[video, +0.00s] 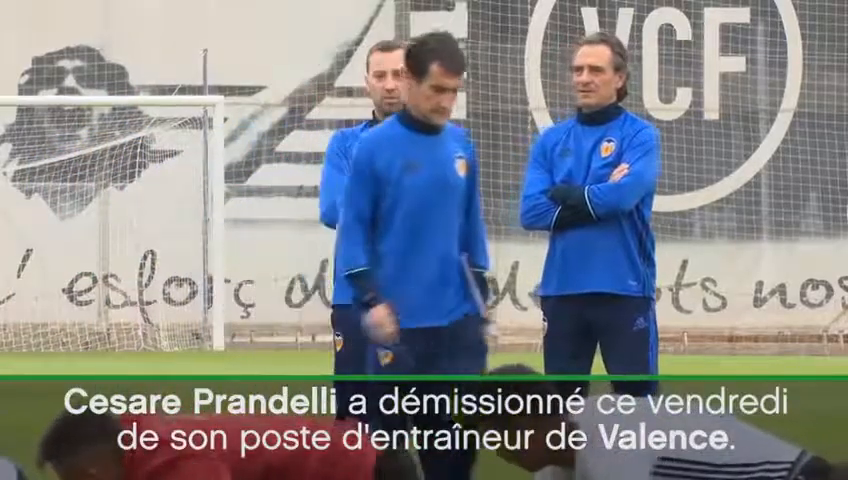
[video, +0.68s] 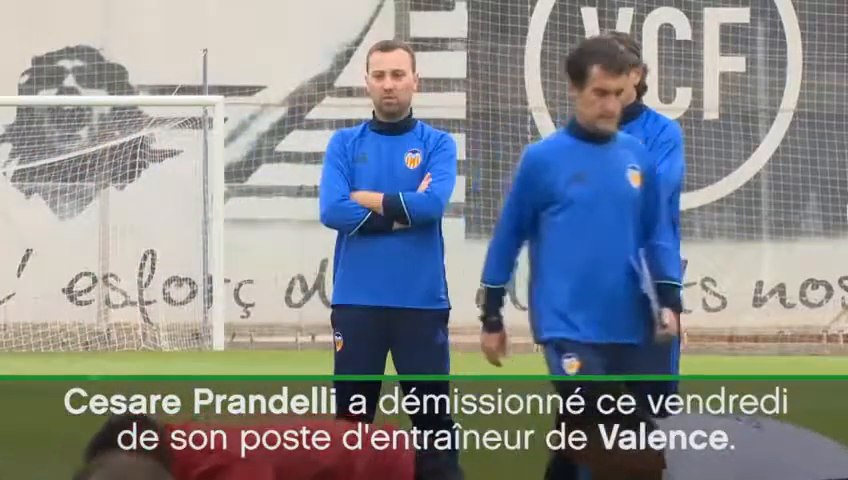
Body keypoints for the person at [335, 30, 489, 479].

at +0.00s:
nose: (447, 102)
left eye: (454, 91)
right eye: (438, 90)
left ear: (459, 88)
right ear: (408, 83)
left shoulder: (459, 143)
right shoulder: (372, 147)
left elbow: (472, 226)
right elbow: (351, 232)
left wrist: (481, 294)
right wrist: (371, 300)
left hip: (458, 317)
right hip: (396, 323)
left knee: (457, 440)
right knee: (391, 441)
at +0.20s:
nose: (496, 111)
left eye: (503, 100)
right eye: (486, 99)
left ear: (510, 95)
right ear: (459, 91)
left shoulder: (513, 155)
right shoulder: (422, 155)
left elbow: (523, 236)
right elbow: (400, 236)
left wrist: (536, 305)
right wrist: (434, 286)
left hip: (505, 327)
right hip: (438, 329)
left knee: (517, 443)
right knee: (436, 444)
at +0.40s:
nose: (551, 106)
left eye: (559, 95)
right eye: (542, 94)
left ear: (565, 91)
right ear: (516, 86)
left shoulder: (567, 152)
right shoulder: (475, 151)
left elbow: (582, 237)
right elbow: (452, 234)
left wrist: (596, 310)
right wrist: (460, 310)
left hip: (564, 321)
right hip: (501, 324)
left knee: (562, 444)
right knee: (502, 441)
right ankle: (477, 478)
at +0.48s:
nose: (569, 100)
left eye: (576, 89)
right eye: (559, 89)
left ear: (584, 87)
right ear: (532, 83)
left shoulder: (589, 147)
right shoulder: (496, 144)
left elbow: (604, 229)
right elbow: (468, 227)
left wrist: (619, 301)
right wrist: (461, 307)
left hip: (580, 313)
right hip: (516, 312)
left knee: (580, 429)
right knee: (545, 421)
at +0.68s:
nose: (611, 105)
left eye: (618, 94)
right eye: (600, 93)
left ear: (628, 95)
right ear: (574, 91)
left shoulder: (637, 158)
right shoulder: (541, 158)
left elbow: (658, 234)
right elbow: (507, 236)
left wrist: (668, 298)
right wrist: (490, 312)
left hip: (633, 327)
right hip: (567, 327)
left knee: (639, 445)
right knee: (583, 444)